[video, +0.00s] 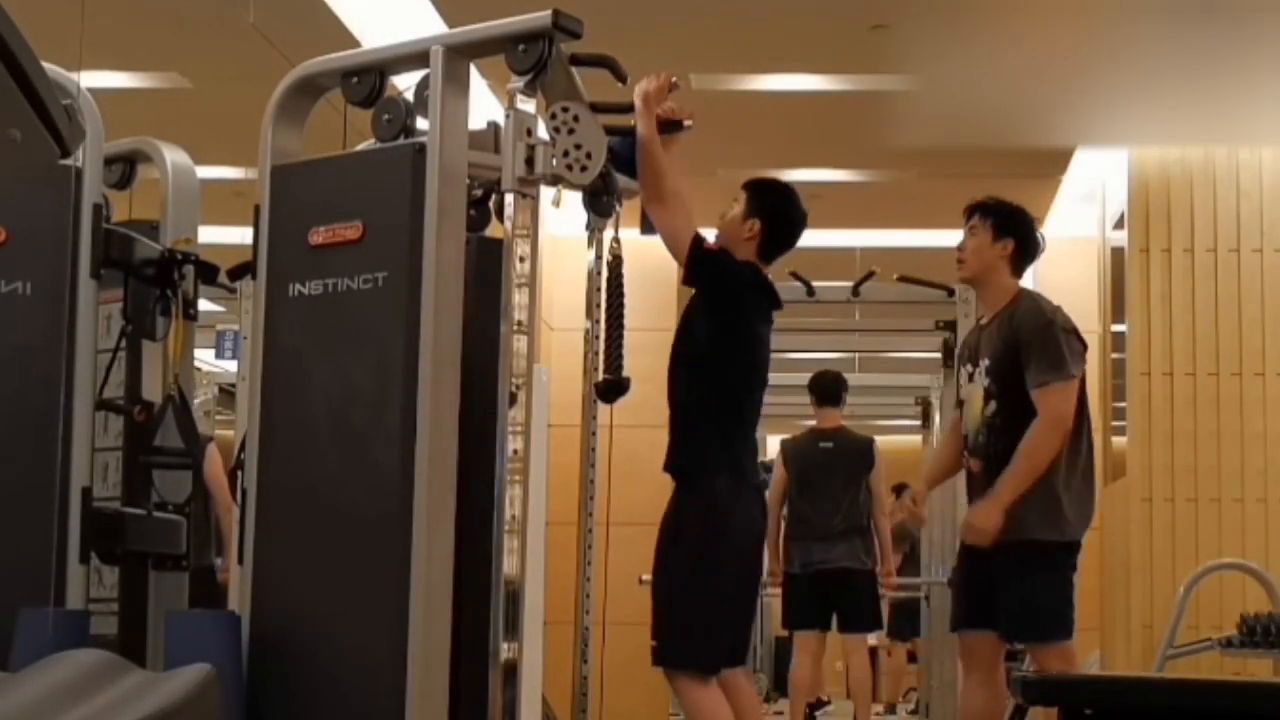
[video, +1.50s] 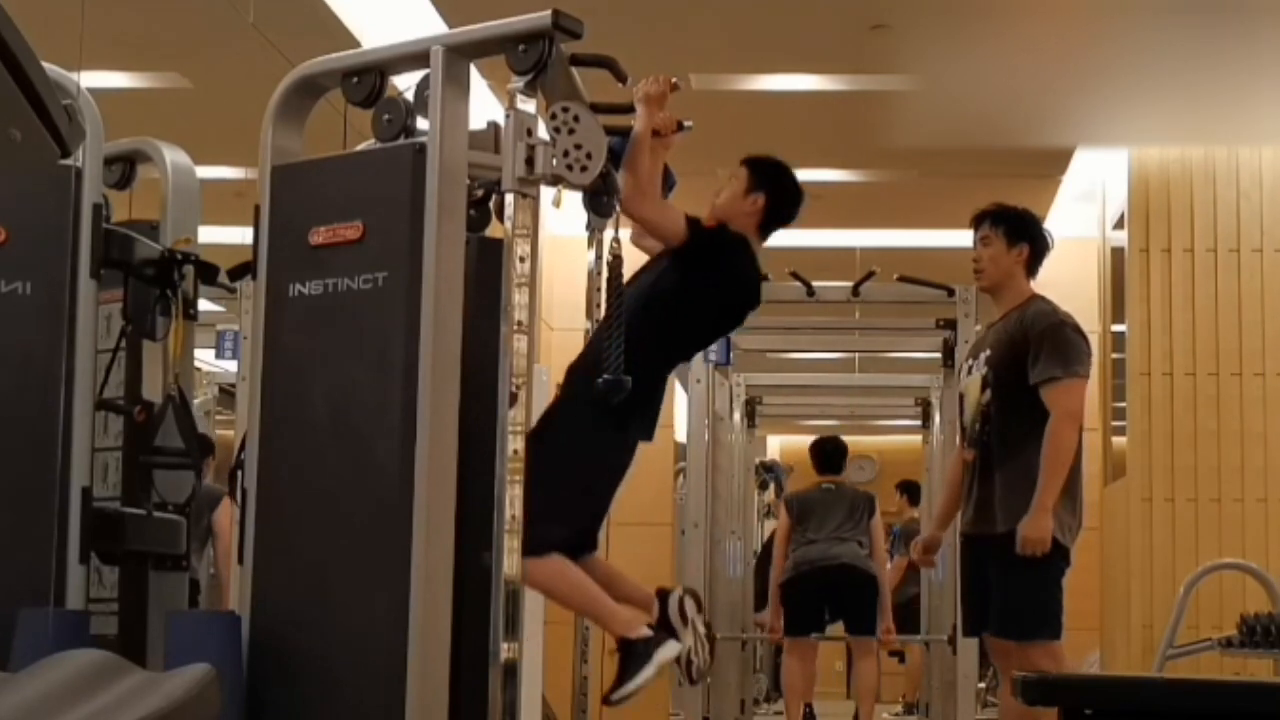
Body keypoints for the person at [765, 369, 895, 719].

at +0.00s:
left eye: (815, 397)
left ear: (811, 400)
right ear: (844, 399)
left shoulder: (790, 448)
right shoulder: (866, 447)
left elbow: (773, 509)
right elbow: (881, 510)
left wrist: (774, 560)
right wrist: (888, 561)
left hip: (805, 569)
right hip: (854, 568)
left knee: (805, 653)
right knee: (857, 652)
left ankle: (797, 717)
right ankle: (863, 716)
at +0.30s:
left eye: (816, 398)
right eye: (842, 397)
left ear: (812, 400)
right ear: (845, 400)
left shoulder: (791, 448)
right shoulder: (866, 447)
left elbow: (773, 507)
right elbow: (881, 509)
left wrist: (773, 557)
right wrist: (888, 559)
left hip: (806, 566)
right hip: (854, 565)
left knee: (806, 652)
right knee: (857, 651)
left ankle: (797, 716)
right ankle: (863, 716)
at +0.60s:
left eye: (815, 398)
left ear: (812, 400)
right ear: (845, 399)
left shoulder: (791, 448)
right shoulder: (866, 446)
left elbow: (774, 510)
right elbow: (879, 512)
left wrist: (774, 560)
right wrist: (887, 562)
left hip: (806, 567)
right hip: (854, 566)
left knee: (804, 651)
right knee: (858, 651)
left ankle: (795, 716)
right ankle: (863, 715)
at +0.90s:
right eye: (840, 410)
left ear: (812, 414)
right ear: (845, 413)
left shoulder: (791, 460)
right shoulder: (867, 459)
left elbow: (776, 520)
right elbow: (878, 522)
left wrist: (774, 572)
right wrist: (887, 572)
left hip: (806, 571)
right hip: (855, 570)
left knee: (802, 650)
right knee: (859, 648)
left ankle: (797, 716)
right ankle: (863, 715)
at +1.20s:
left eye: (815, 438)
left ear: (812, 442)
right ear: (845, 442)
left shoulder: (792, 484)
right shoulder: (866, 483)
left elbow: (777, 543)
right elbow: (879, 546)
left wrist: (773, 595)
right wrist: (887, 597)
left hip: (804, 577)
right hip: (855, 577)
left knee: (797, 651)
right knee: (862, 650)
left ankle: (795, 716)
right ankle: (864, 715)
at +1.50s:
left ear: (813, 464)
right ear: (846, 463)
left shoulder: (793, 501)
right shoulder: (866, 501)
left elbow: (778, 561)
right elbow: (880, 561)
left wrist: (774, 611)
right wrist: (886, 615)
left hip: (804, 583)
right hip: (857, 581)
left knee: (798, 653)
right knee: (865, 652)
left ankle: (795, 715)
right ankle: (865, 716)